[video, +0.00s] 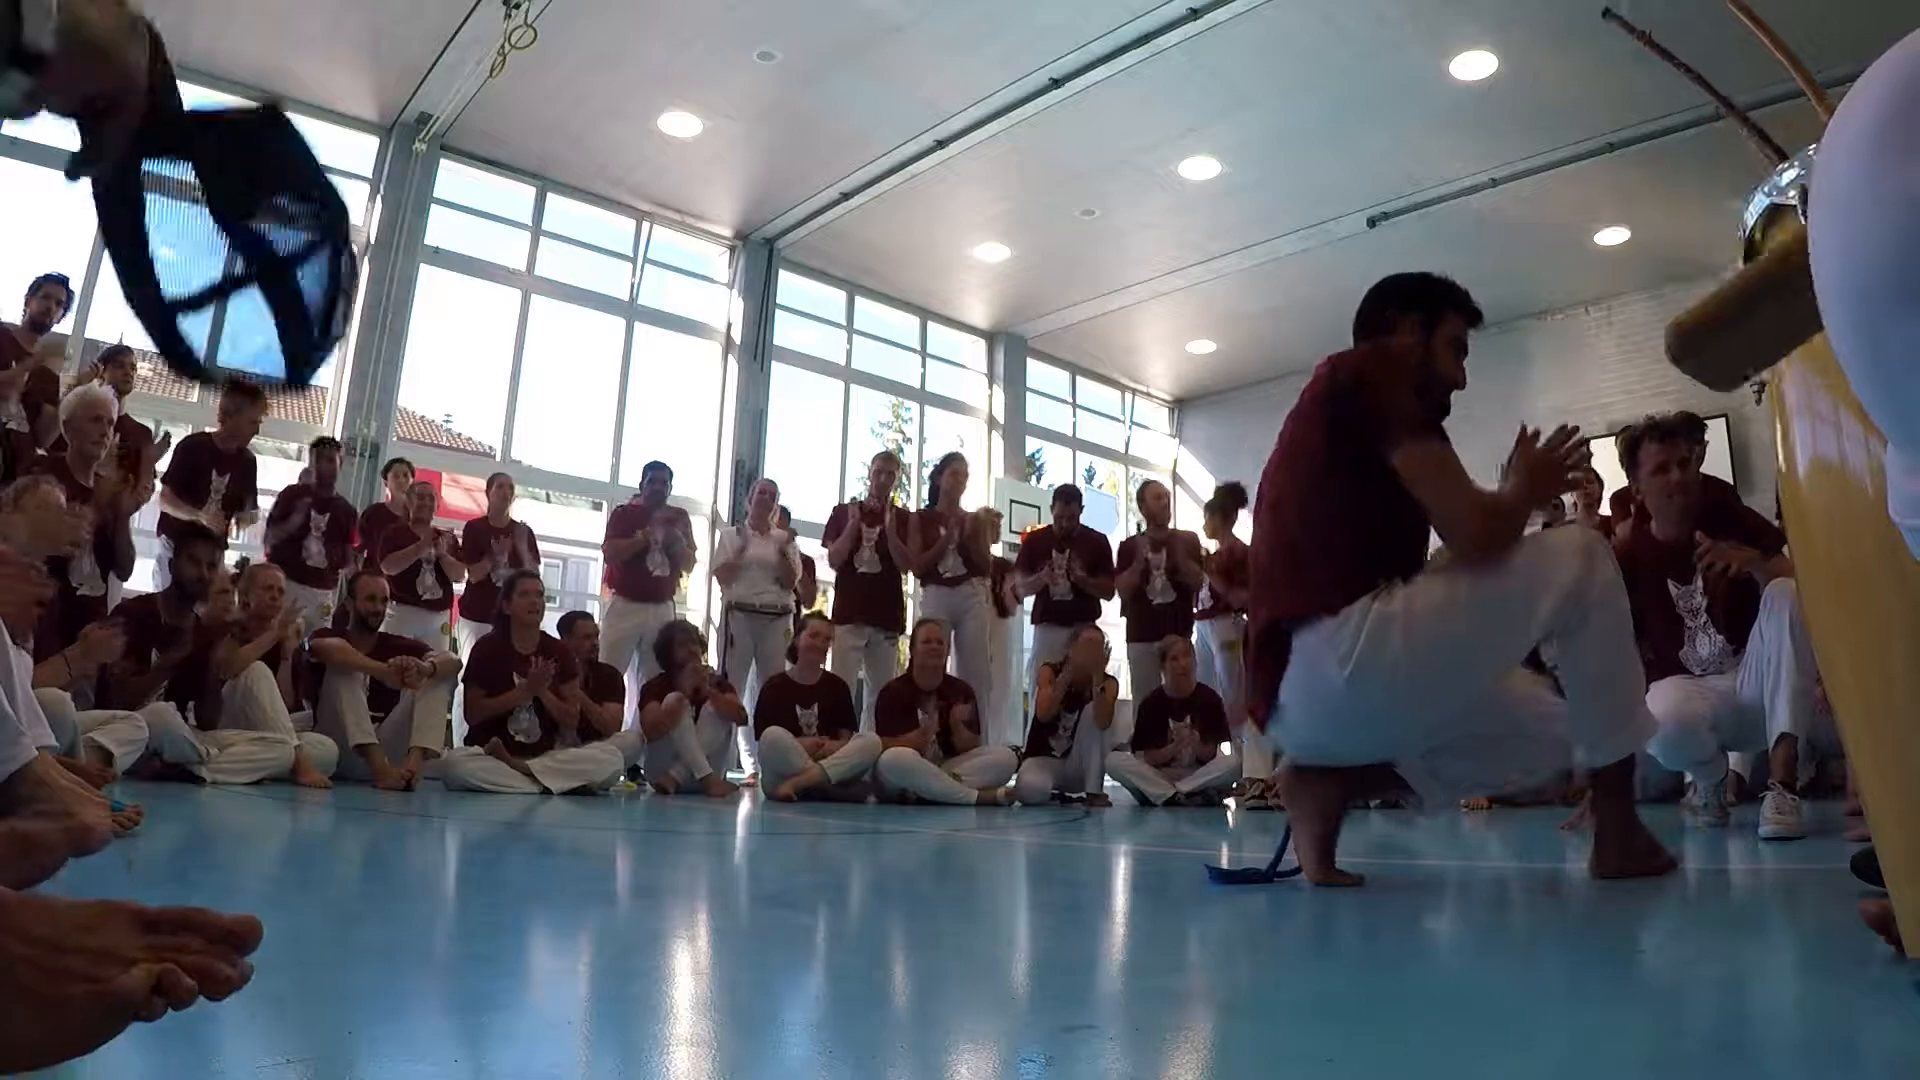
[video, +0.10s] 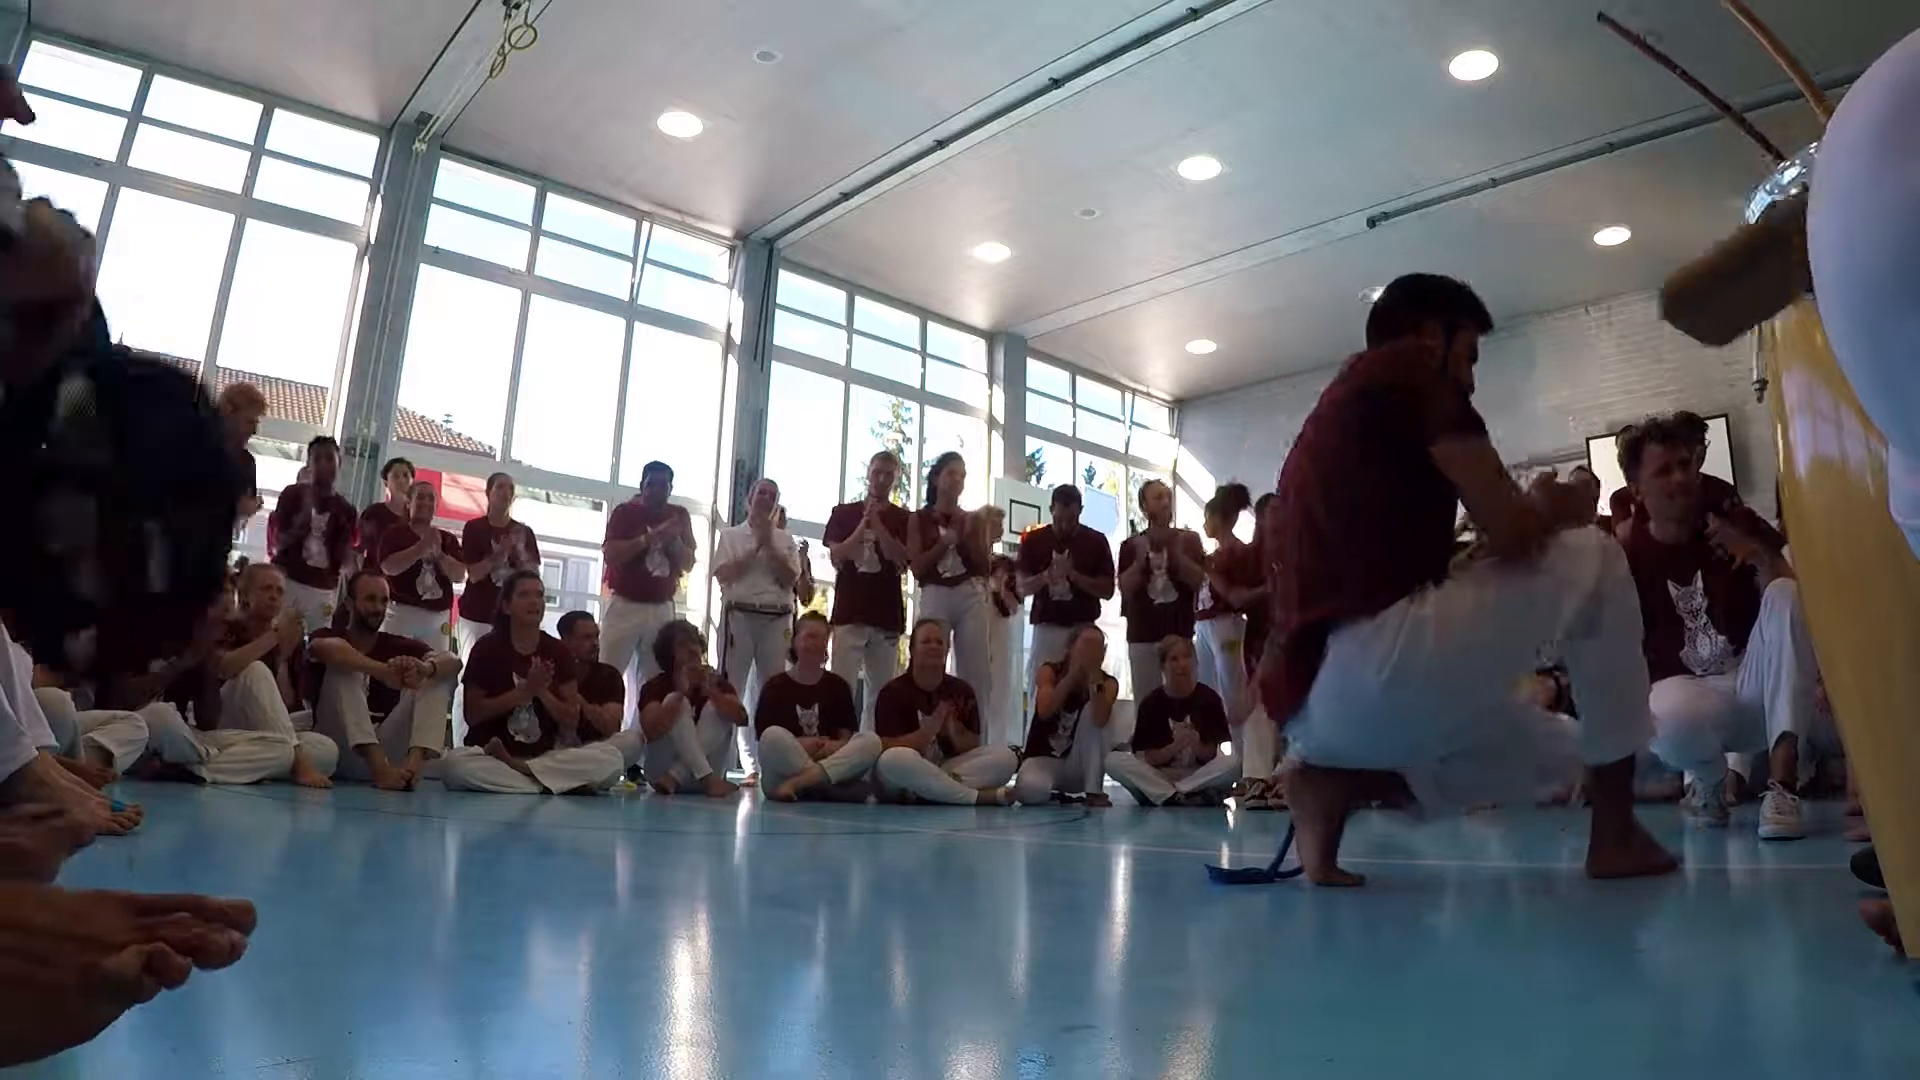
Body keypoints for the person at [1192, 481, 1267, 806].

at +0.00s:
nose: (1205, 525)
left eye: (1208, 518)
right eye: (1204, 518)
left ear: (1223, 518)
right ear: (1221, 518)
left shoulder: (1240, 553)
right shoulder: (1213, 556)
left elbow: (1243, 597)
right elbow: (1212, 593)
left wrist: (1215, 579)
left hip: (1227, 624)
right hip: (1203, 624)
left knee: (1231, 691)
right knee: (1206, 688)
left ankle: (1240, 749)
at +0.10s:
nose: (1204, 522)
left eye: (1207, 516)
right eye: (1204, 516)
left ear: (1222, 517)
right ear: (1226, 518)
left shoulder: (1240, 552)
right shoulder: (1213, 556)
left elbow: (1235, 594)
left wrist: (1210, 571)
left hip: (1225, 620)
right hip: (1202, 622)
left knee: (1231, 688)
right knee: (1206, 685)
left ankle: (1236, 742)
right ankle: (1210, 738)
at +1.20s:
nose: (1202, 520)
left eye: (1207, 515)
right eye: (1203, 515)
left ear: (1226, 519)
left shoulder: (1241, 554)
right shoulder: (1207, 557)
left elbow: (1240, 598)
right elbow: (1197, 587)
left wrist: (1208, 578)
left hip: (1227, 622)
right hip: (1201, 624)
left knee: (1233, 692)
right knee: (1205, 692)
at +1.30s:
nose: (1203, 521)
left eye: (1208, 515)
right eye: (1204, 515)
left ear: (1228, 519)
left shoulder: (1242, 554)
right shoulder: (1207, 558)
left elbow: (1242, 598)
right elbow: (1196, 586)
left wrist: (1209, 579)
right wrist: (1179, 553)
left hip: (1227, 622)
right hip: (1201, 623)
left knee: (1233, 690)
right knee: (1205, 690)